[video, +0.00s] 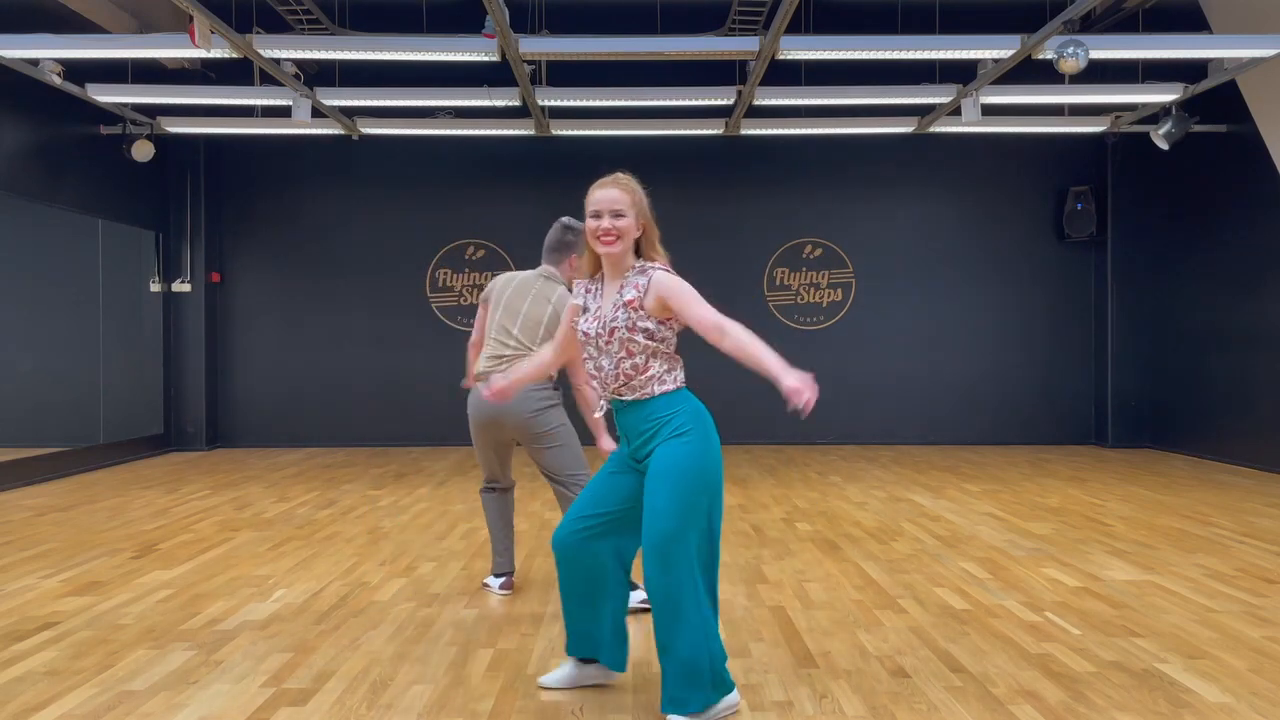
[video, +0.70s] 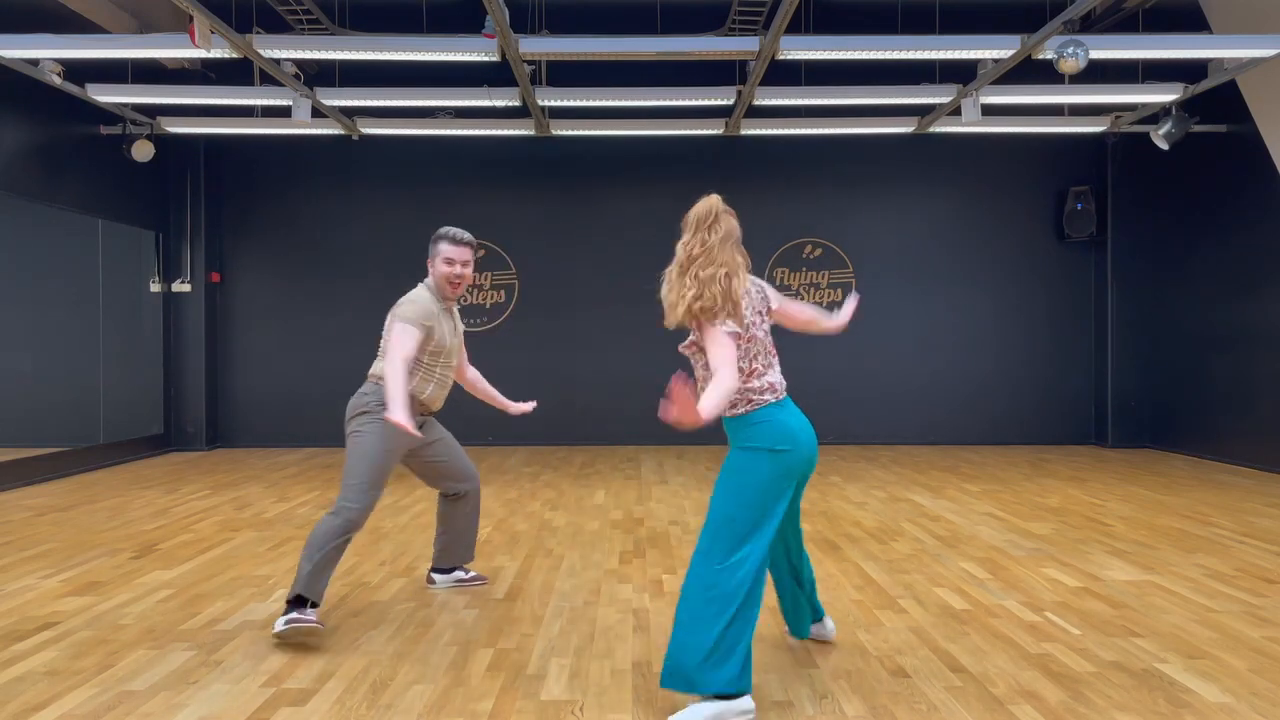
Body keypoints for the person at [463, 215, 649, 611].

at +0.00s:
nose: (585, 269)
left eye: (586, 262)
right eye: (585, 261)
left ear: (544, 254)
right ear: (572, 260)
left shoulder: (499, 283)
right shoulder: (570, 302)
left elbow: (475, 343)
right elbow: (580, 381)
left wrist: (474, 382)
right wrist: (603, 436)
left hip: (483, 399)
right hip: (535, 401)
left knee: (496, 484)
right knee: (576, 485)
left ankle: (501, 574)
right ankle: (618, 584)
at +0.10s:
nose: (564, 258)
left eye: (564, 251)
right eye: (565, 251)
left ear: (524, 242)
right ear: (557, 251)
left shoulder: (489, 269)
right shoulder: (553, 297)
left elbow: (510, 323)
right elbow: (561, 366)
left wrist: (560, 337)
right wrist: (571, 379)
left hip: (457, 383)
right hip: (502, 384)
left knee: (488, 477)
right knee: (561, 472)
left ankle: (499, 567)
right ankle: (560, 573)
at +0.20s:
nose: (540, 251)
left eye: (538, 245)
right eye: (540, 246)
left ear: (499, 241)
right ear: (535, 249)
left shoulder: (473, 273)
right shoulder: (537, 284)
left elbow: (513, 305)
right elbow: (556, 335)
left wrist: (568, 295)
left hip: (438, 382)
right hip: (476, 385)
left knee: (483, 469)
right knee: (526, 461)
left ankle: (459, 558)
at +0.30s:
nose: (525, 255)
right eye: (525, 250)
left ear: (480, 250)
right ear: (518, 254)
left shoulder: (463, 282)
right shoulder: (520, 288)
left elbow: (500, 321)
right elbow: (555, 332)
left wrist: (531, 304)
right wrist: (549, 289)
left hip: (425, 389)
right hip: (456, 397)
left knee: (464, 482)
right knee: (502, 474)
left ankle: (446, 564)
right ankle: (442, 548)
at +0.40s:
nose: (507, 267)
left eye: (504, 263)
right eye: (506, 262)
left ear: (466, 262)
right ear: (502, 266)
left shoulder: (453, 295)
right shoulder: (505, 298)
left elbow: (505, 346)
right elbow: (543, 345)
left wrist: (518, 306)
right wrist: (523, 308)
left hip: (411, 400)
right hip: (434, 408)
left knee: (468, 484)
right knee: (496, 480)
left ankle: (444, 565)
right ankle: (409, 509)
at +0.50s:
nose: (500, 280)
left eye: (501, 272)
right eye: (500, 272)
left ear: (464, 270)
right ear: (487, 273)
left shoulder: (447, 300)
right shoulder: (481, 303)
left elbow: (474, 370)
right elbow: (513, 368)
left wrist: (510, 340)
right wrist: (508, 340)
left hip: (436, 410)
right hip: (412, 410)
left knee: (479, 480)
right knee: (463, 499)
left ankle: (445, 568)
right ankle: (374, 504)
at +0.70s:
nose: (459, 272)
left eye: (466, 265)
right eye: (450, 263)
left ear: (473, 270)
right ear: (431, 265)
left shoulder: (450, 315)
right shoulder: (416, 306)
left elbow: (463, 371)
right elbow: (397, 359)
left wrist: (509, 405)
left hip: (419, 415)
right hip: (381, 406)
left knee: (462, 483)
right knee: (353, 508)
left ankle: (447, 570)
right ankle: (300, 606)